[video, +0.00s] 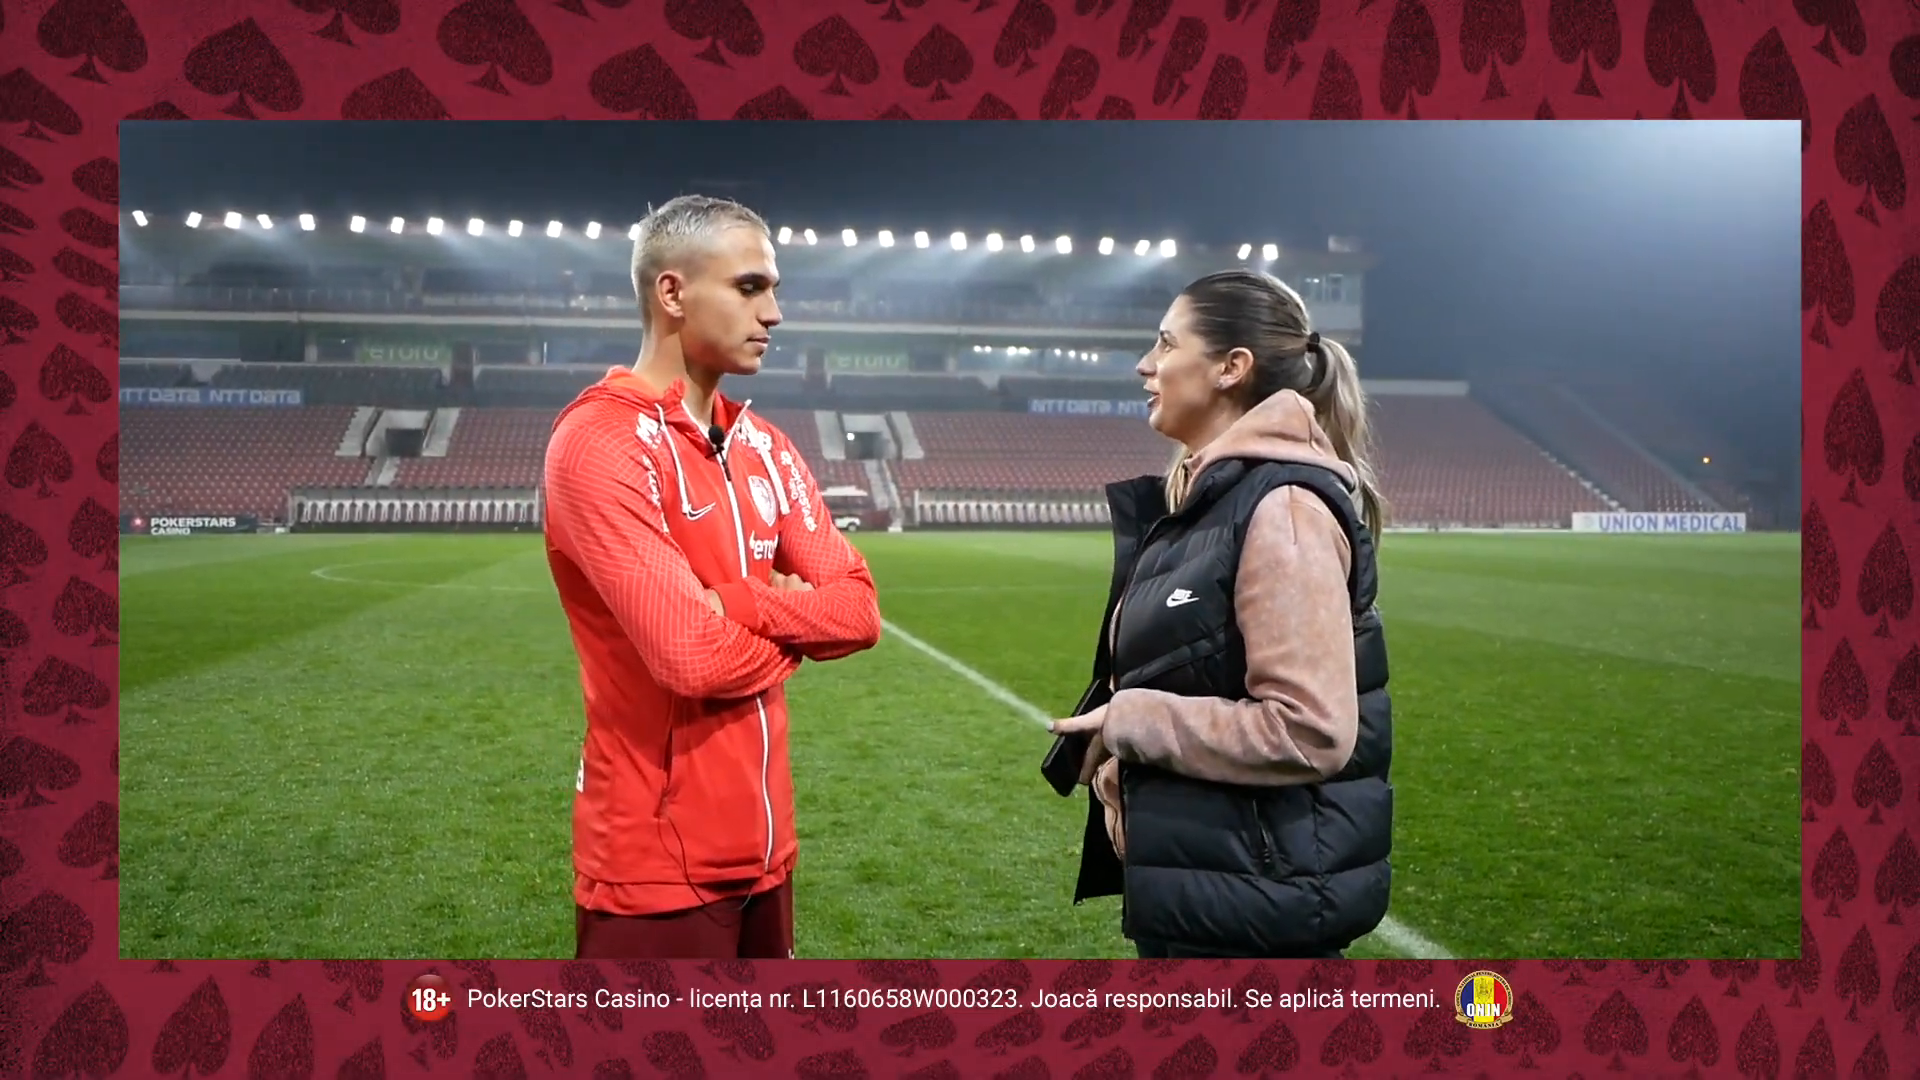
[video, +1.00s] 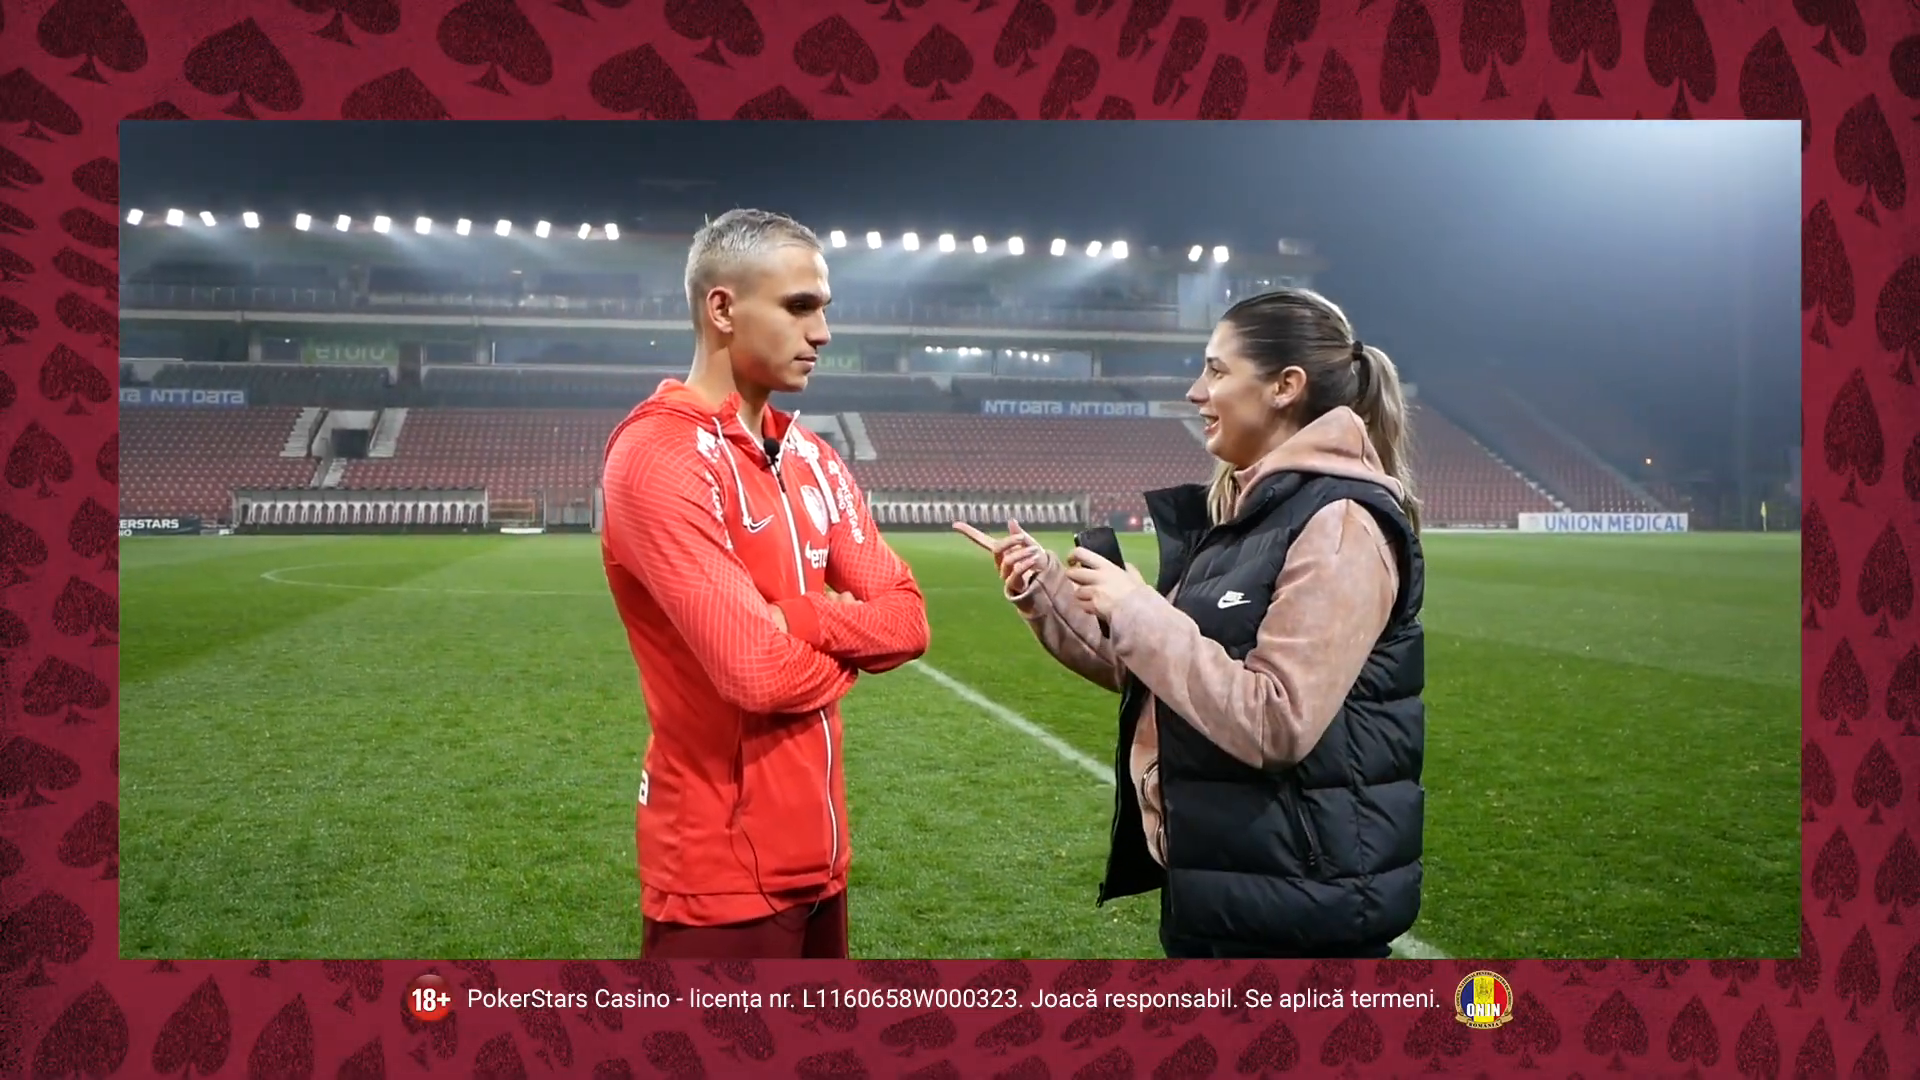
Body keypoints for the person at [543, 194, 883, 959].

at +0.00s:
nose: (774, 313)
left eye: (772, 290)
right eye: (749, 288)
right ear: (671, 293)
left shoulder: (765, 444)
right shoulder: (596, 446)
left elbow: (858, 612)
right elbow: (691, 662)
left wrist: (724, 602)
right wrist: (796, 627)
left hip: (760, 844)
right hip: (654, 855)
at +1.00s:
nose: (822, 333)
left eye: (823, 309)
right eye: (799, 307)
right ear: (721, 309)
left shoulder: (812, 455)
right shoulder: (655, 459)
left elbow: (908, 620)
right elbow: (758, 676)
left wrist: (790, 616)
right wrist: (852, 646)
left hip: (813, 847)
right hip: (719, 861)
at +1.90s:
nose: (826, 350)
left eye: (833, 327)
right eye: (806, 323)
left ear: (836, 323)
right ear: (733, 313)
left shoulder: (823, 456)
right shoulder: (663, 456)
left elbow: (907, 627)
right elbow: (748, 679)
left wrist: (782, 619)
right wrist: (846, 650)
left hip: (812, 841)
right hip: (714, 853)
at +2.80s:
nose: (841, 331)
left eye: (844, 307)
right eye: (819, 302)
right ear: (738, 298)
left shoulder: (815, 451)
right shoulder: (665, 449)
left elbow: (909, 630)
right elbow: (768, 681)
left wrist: (801, 621)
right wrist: (852, 652)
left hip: (822, 861)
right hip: (720, 881)